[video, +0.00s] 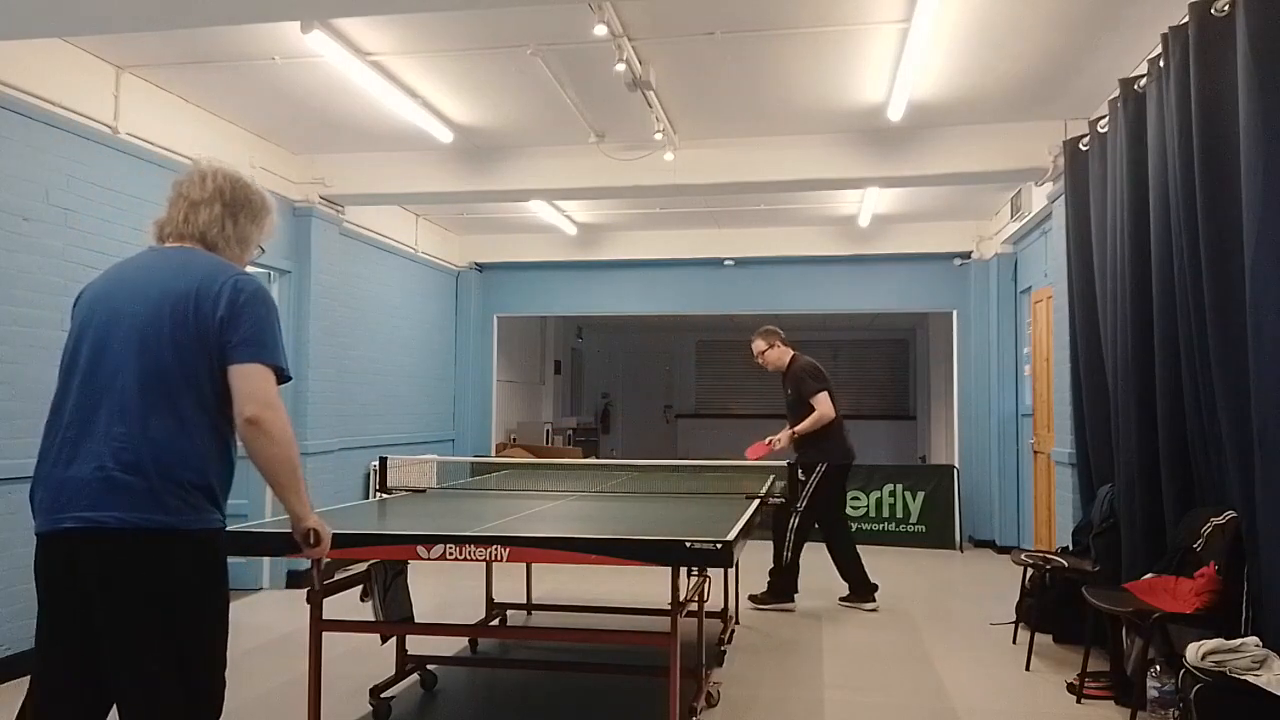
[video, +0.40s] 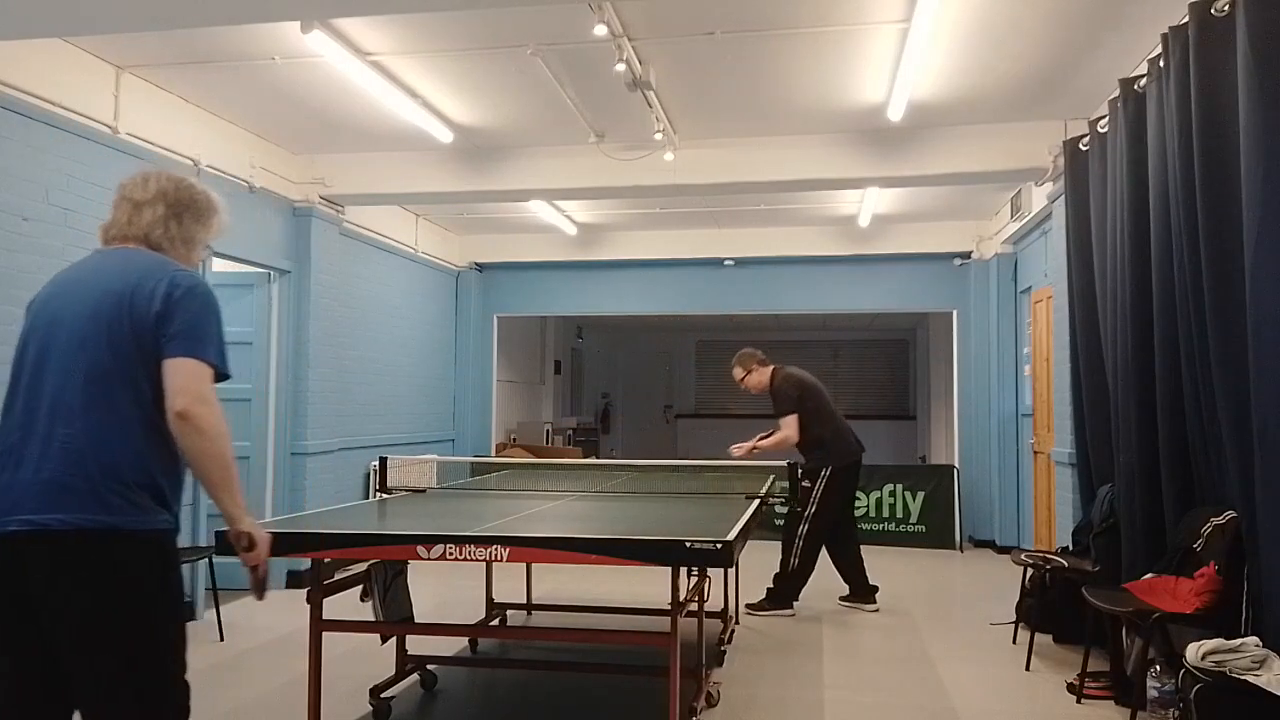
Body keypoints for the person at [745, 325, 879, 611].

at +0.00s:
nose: (759, 361)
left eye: (761, 354)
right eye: (756, 357)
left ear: (777, 345)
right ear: (775, 349)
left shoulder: (803, 368)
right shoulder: (792, 373)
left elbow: (826, 412)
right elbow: (806, 416)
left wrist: (792, 433)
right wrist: (784, 434)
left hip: (825, 460)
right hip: (821, 459)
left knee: (792, 519)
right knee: (833, 526)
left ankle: (781, 590)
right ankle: (862, 590)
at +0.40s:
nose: (746, 389)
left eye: (743, 382)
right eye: (742, 385)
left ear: (755, 369)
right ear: (757, 369)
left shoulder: (784, 382)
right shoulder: (788, 377)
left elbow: (790, 436)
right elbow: (795, 426)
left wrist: (754, 447)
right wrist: (765, 438)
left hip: (830, 461)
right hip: (844, 457)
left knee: (802, 528)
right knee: (838, 527)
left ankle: (781, 598)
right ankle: (862, 592)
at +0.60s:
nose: (725, 411)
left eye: (722, 404)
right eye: (721, 407)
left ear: (732, 391)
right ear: (735, 389)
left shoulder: (764, 397)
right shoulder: (768, 391)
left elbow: (769, 450)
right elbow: (778, 442)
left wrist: (732, 456)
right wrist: (751, 445)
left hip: (825, 460)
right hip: (840, 455)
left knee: (792, 523)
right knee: (837, 527)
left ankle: (780, 597)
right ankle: (862, 591)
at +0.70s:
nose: (719, 418)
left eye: (716, 411)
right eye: (714, 414)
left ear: (728, 398)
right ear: (729, 397)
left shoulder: (757, 402)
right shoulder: (760, 396)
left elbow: (762, 452)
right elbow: (773, 445)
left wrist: (726, 461)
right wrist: (742, 450)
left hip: (823, 459)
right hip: (837, 454)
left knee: (790, 522)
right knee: (835, 526)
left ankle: (780, 598)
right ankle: (862, 591)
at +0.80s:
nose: (716, 421)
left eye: (713, 415)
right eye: (711, 418)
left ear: (725, 402)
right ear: (727, 400)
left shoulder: (754, 405)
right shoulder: (756, 399)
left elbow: (759, 455)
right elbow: (771, 447)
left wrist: (724, 462)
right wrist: (739, 451)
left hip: (823, 459)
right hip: (837, 453)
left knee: (788, 520)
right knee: (835, 526)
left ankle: (779, 598)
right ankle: (862, 591)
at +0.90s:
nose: (714, 422)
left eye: (712, 416)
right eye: (710, 418)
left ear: (725, 403)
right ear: (726, 402)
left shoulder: (752, 406)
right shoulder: (756, 400)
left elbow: (757, 456)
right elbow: (771, 449)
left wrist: (722, 463)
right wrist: (738, 452)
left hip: (822, 460)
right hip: (837, 454)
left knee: (786, 521)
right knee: (835, 526)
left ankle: (779, 598)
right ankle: (862, 591)